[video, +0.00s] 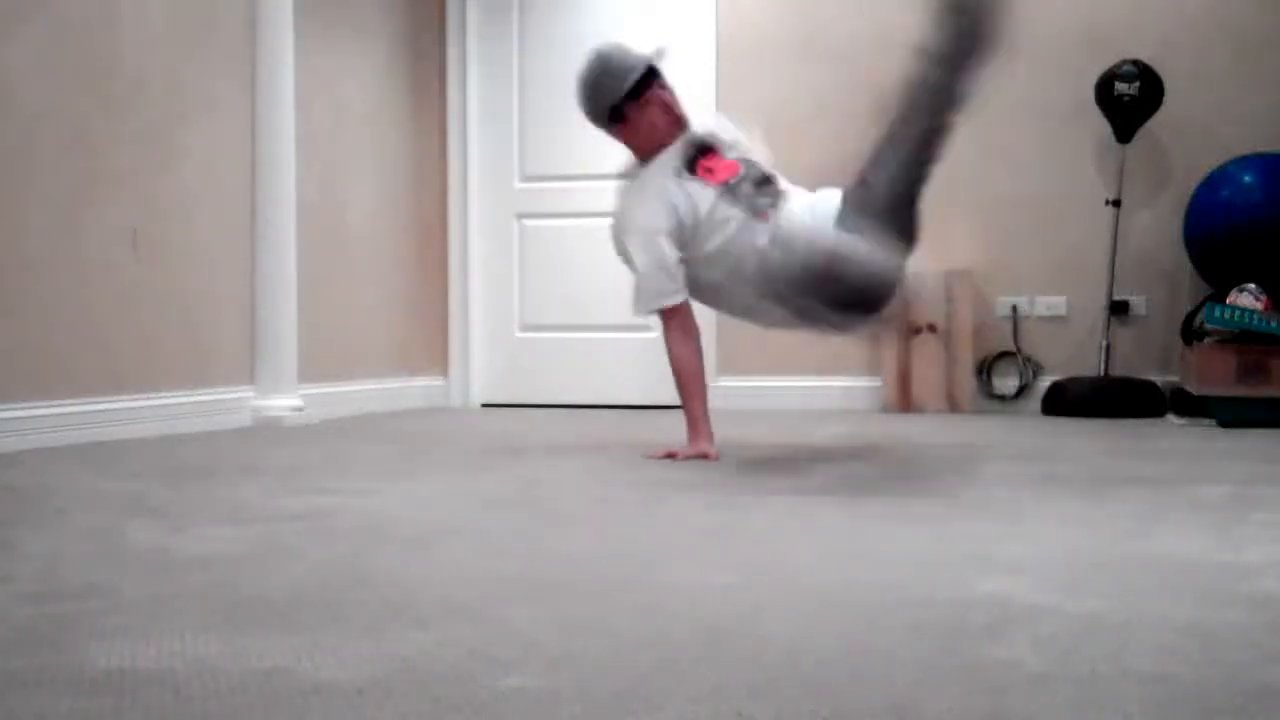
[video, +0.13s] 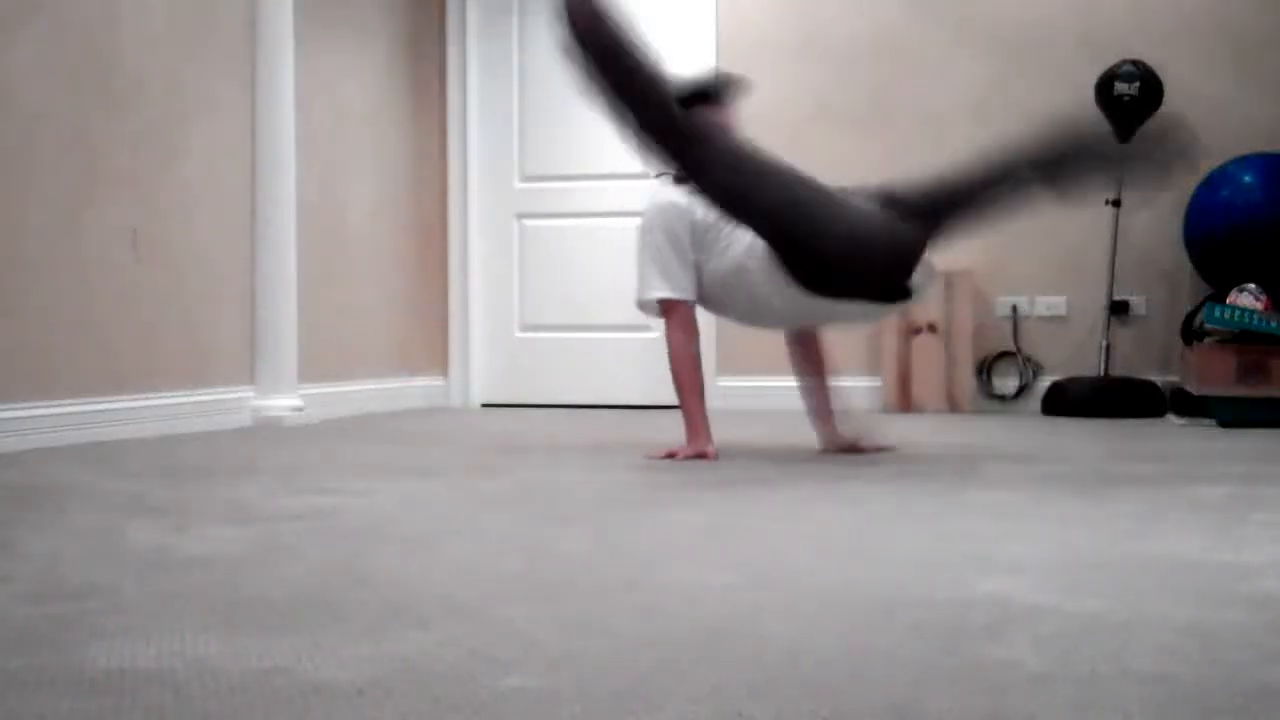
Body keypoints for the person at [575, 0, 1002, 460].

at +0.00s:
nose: (666, 101)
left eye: (660, 86)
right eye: (645, 100)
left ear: (668, 85)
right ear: (619, 127)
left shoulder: (714, 132)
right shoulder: (642, 213)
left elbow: (777, 197)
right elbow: (677, 325)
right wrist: (700, 438)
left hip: (858, 227)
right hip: (840, 290)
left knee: (919, 122)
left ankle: (961, 36)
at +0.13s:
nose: (726, 122)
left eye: (725, 111)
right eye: (711, 113)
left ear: (730, 117)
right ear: (685, 120)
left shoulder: (760, 189)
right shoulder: (671, 208)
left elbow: (800, 329)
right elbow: (680, 327)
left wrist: (829, 434)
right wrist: (698, 439)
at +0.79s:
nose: (1074, 240)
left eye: (1082, 228)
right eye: (1074, 224)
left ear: (1040, 198)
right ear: (1041, 202)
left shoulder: (997, 183)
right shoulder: (924, 216)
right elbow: (886, 330)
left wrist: (917, 314)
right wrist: (885, 440)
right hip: (788, 249)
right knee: (901, 398)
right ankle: (803, 411)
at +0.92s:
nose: (990, 166)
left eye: (994, 155)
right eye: (983, 155)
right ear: (949, 147)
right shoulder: (869, 220)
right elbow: (871, 330)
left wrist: (1102, 126)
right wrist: (886, 440)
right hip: (854, 240)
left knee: (1021, 87)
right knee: (911, 318)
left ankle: (1114, 127)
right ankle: (1003, 379)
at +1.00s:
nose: (944, 136)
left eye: (944, 124)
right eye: (930, 129)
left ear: (945, 113)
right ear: (892, 131)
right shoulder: (846, 211)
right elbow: (873, 324)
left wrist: (1109, 92)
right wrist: (887, 440)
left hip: (948, 181)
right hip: (917, 261)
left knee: (1066, 84)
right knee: (1016, 354)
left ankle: (1170, 159)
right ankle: (1065, 408)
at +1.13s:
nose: (886, 120)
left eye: (884, 105)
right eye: (868, 119)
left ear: (885, 87)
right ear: (836, 133)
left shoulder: (900, 63)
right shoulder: (837, 212)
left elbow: (942, 8)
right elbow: (882, 317)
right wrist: (889, 437)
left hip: (991, 148)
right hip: (967, 236)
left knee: (1115, 97)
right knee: (1000, 357)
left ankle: (1199, 220)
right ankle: (1113, 404)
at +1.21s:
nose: (837, 126)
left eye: (835, 106)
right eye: (816, 126)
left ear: (851, 85)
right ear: (806, 137)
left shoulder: (885, 60)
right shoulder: (854, 196)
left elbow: (903, 4)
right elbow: (889, 319)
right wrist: (893, 436)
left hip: (1015, 124)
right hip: (997, 213)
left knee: (1059, 123)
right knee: (1004, 350)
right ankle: (1133, 407)